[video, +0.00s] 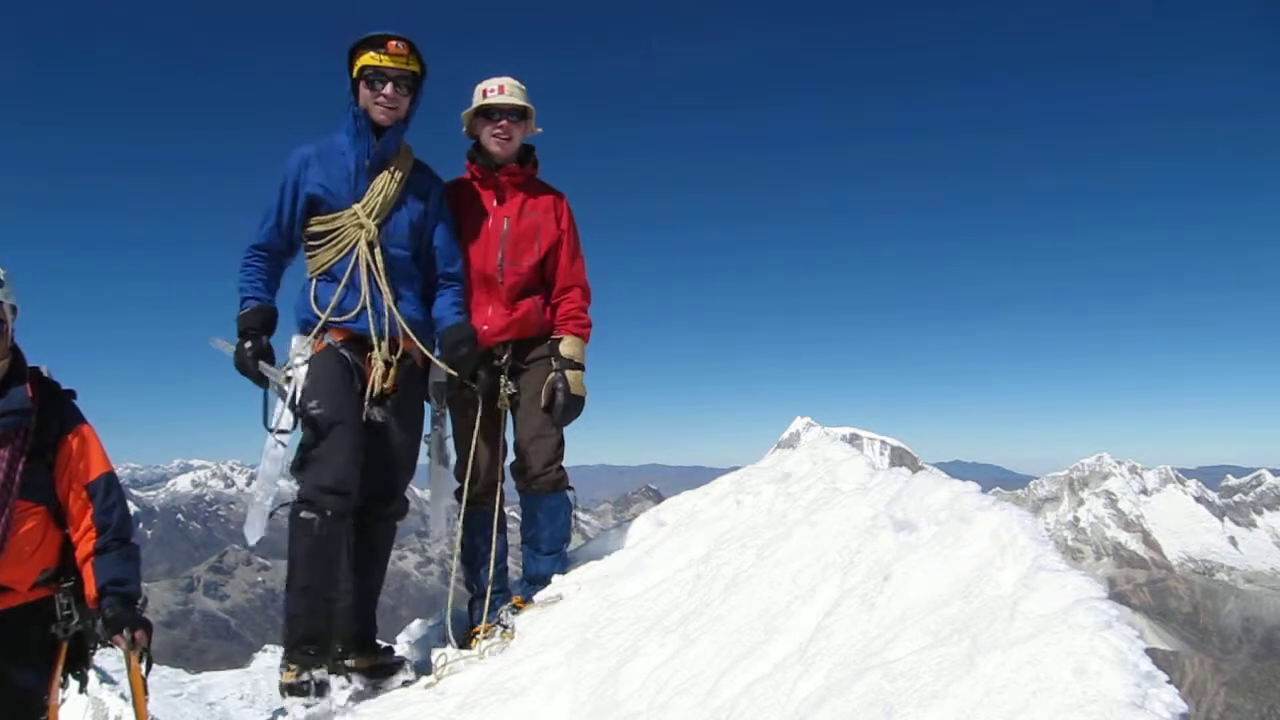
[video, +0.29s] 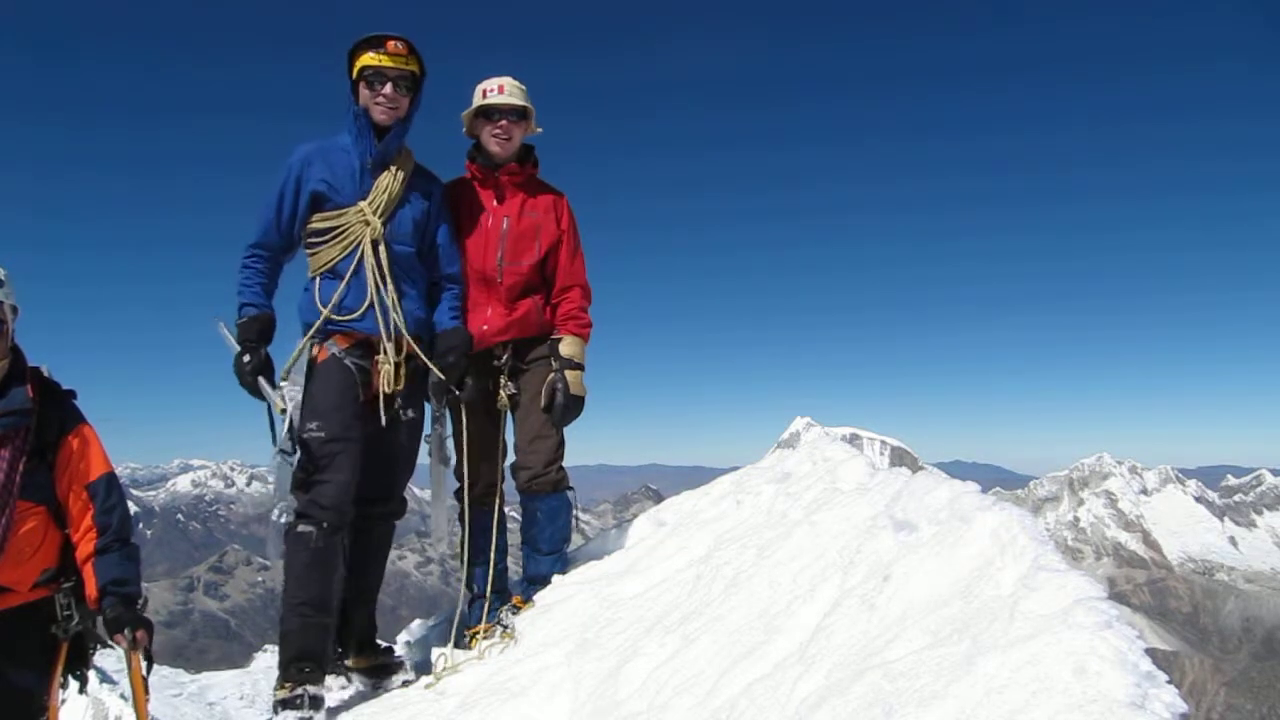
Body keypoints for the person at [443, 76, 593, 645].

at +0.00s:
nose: (502, 126)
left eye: (513, 117)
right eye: (491, 117)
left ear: (528, 128)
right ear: (474, 127)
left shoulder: (551, 204)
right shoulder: (450, 200)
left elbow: (571, 289)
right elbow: (434, 277)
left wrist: (572, 359)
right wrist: (448, 340)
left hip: (536, 350)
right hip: (469, 352)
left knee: (540, 464)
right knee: (478, 476)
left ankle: (542, 587)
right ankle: (486, 603)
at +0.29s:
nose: (502, 126)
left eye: (513, 117)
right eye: (492, 117)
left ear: (528, 128)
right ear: (474, 126)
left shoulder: (551, 204)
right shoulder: (450, 200)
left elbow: (571, 290)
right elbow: (432, 276)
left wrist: (571, 361)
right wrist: (442, 343)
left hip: (535, 350)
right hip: (469, 352)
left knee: (539, 467)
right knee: (477, 478)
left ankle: (541, 588)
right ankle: (484, 603)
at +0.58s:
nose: (501, 126)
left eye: (512, 117)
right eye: (490, 117)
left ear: (527, 127)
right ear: (473, 127)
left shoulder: (550, 204)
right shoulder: (450, 200)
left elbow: (571, 289)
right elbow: (432, 278)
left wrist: (571, 361)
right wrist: (436, 355)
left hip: (535, 350)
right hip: (469, 353)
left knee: (539, 467)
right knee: (476, 477)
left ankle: (541, 590)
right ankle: (484, 603)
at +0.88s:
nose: (500, 125)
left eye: (511, 117)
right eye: (490, 116)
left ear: (526, 127)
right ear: (472, 126)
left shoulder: (549, 204)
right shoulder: (447, 201)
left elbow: (570, 290)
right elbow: (429, 281)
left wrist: (570, 362)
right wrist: (433, 357)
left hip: (534, 354)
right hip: (467, 358)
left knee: (538, 469)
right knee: (476, 480)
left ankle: (542, 590)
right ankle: (486, 604)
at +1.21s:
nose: (499, 125)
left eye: (509, 117)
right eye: (488, 116)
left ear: (525, 127)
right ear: (471, 126)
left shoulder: (549, 205)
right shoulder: (444, 202)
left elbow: (571, 276)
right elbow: (423, 275)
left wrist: (569, 314)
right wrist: (429, 350)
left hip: (534, 348)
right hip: (465, 353)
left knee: (537, 467)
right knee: (475, 477)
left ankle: (541, 589)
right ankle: (485, 602)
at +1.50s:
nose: (498, 126)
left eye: (509, 117)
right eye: (488, 117)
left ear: (525, 128)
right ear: (471, 126)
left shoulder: (554, 208)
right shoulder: (443, 203)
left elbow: (582, 286)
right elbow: (422, 280)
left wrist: (569, 279)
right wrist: (426, 365)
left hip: (533, 351)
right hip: (463, 355)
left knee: (536, 468)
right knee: (474, 479)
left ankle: (541, 589)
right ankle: (485, 604)